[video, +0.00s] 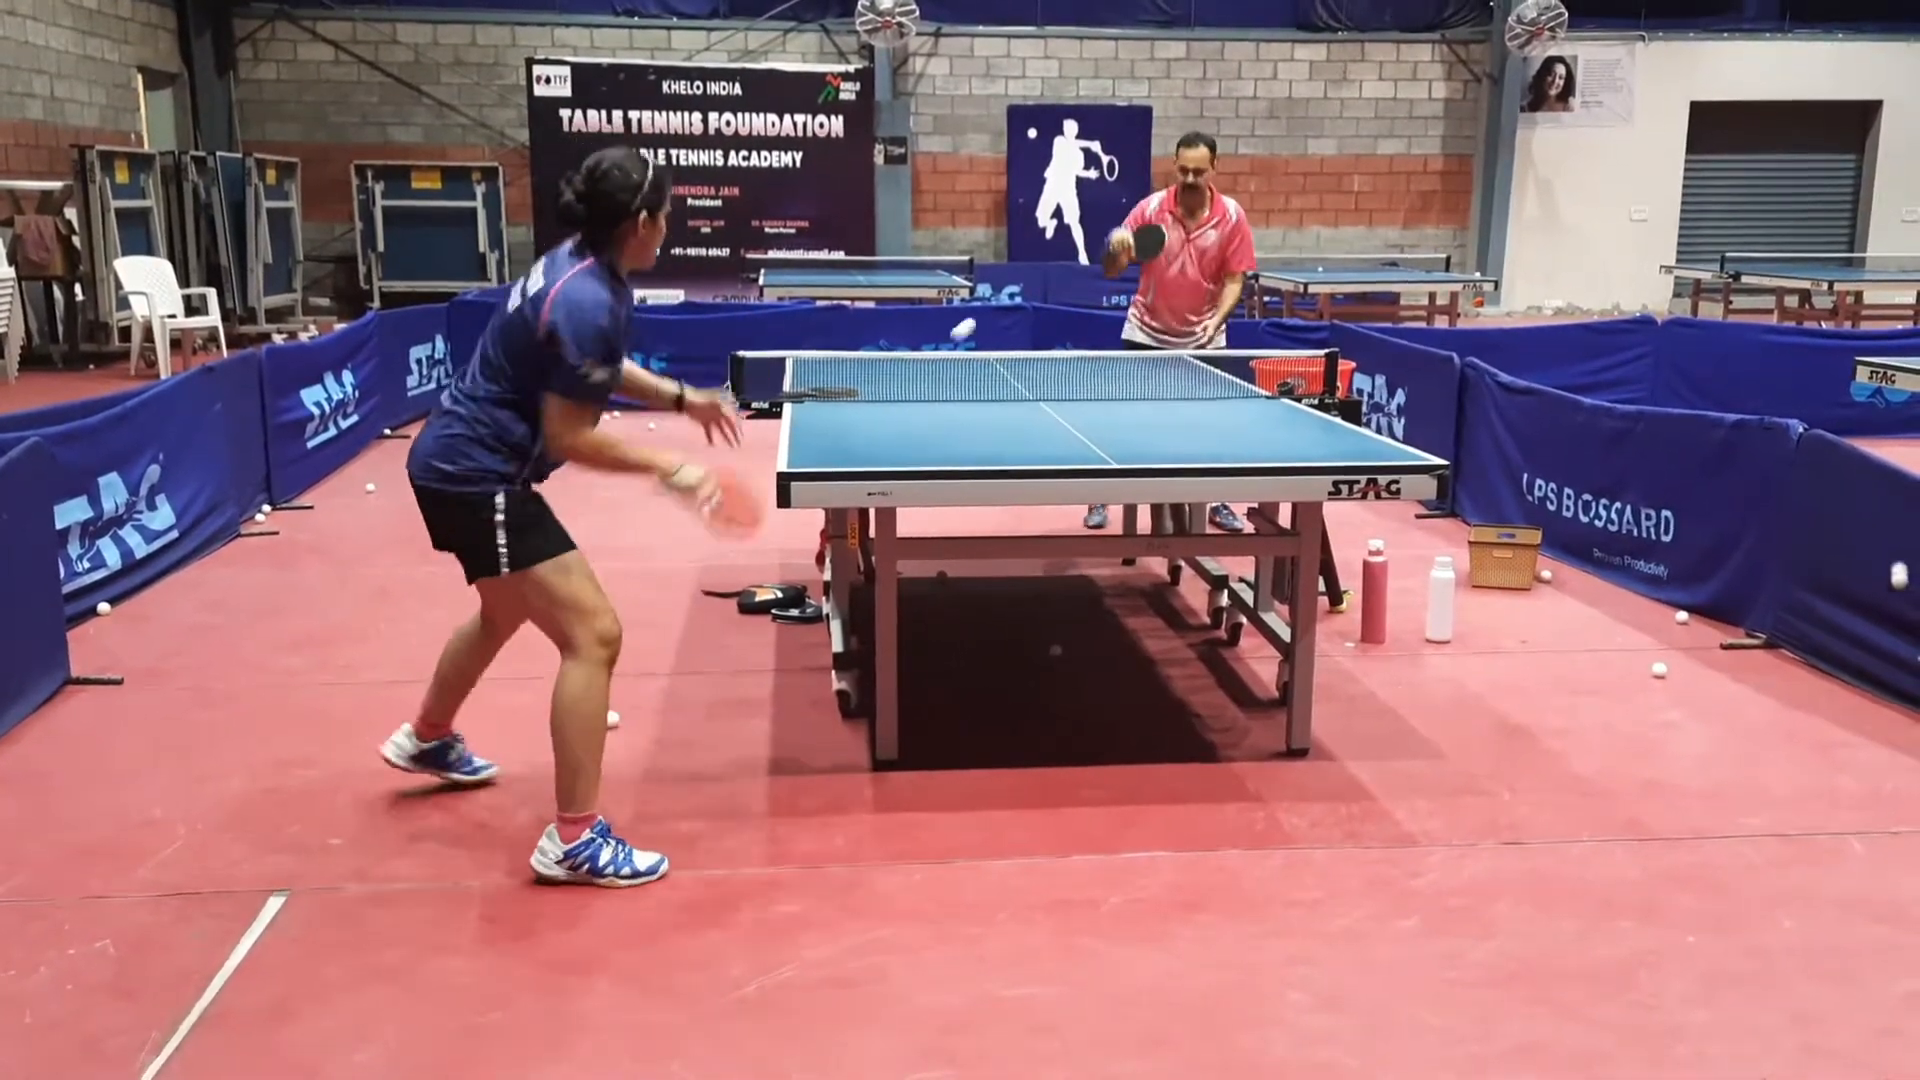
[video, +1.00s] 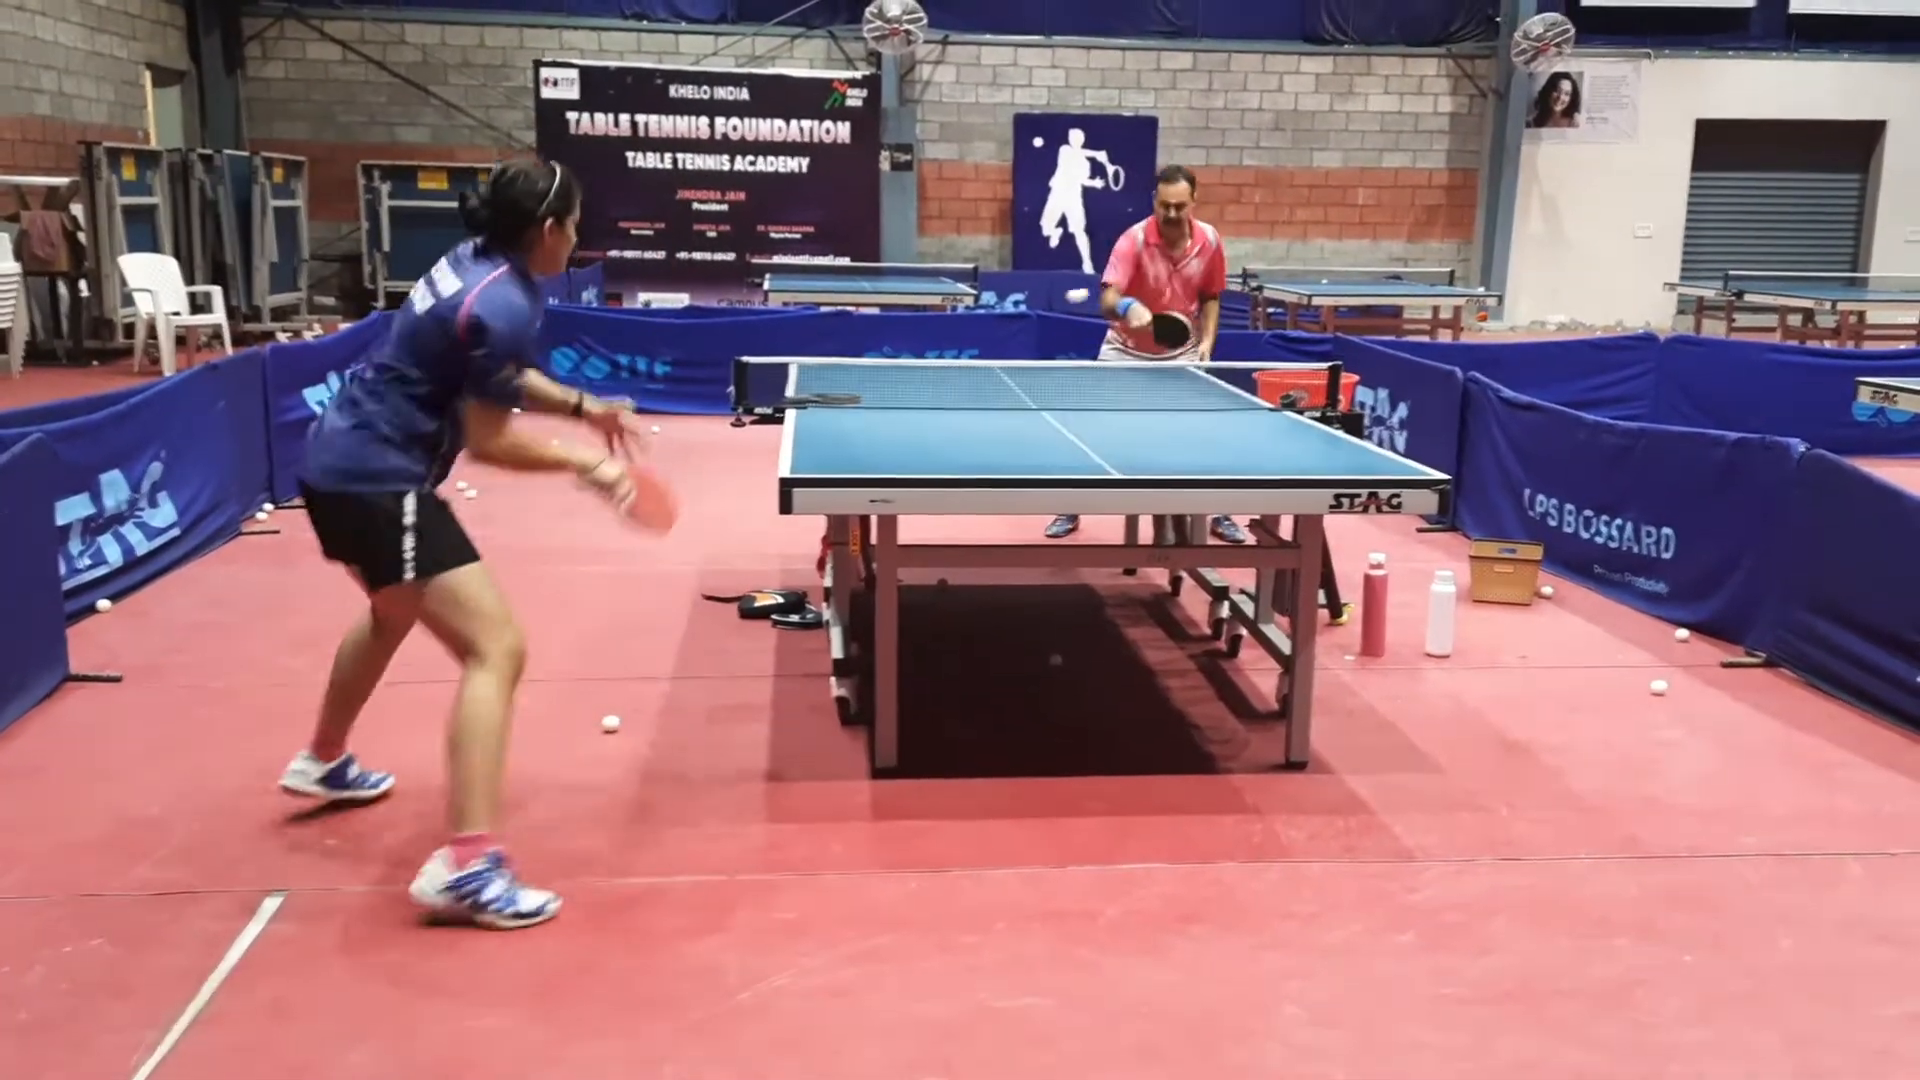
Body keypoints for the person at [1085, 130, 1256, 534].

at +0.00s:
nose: (1189, 179)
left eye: (1198, 172)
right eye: (1183, 171)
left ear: (1213, 171)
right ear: (1173, 168)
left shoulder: (1231, 216)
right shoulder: (1150, 208)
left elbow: (1235, 278)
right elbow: (1110, 270)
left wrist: (1215, 321)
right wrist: (1117, 247)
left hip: (1204, 337)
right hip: (1144, 333)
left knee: (1219, 418)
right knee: (1121, 412)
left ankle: (1216, 500)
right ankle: (1100, 498)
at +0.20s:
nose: (1173, 192)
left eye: (1181, 184)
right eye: (1166, 183)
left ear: (1196, 184)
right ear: (1156, 182)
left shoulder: (1218, 229)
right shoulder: (1137, 226)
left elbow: (1226, 291)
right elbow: (1118, 289)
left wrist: (1203, 326)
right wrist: (1127, 286)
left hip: (1196, 342)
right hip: (1135, 339)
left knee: (1212, 417)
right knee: (1099, 411)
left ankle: (1214, 501)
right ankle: (1068, 497)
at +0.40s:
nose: (1144, 200)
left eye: (1153, 193)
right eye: (1138, 192)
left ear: (1170, 193)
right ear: (1131, 193)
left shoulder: (1198, 235)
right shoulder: (1116, 237)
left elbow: (1214, 295)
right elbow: (1102, 295)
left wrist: (1187, 334)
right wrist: (1090, 301)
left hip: (1183, 346)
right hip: (1123, 342)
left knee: (1207, 419)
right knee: (1086, 414)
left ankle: (1214, 503)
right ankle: (1065, 501)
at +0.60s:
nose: (1138, 212)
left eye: (1146, 204)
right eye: (1131, 203)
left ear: (1163, 201)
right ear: (1123, 202)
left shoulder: (1190, 239)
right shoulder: (1108, 244)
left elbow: (1208, 300)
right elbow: (1091, 304)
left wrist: (1183, 341)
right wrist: (1082, 323)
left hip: (1182, 347)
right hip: (1125, 345)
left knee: (1205, 421)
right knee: (1084, 413)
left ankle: (1215, 506)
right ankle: (1066, 503)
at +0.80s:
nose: (1153, 227)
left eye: (1161, 219)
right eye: (1145, 219)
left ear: (1174, 210)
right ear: (1134, 211)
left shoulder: (1197, 242)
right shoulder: (1116, 248)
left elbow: (1206, 296)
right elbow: (1097, 313)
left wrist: (1198, 342)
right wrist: (1112, 316)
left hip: (1177, 350)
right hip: (1119, 349)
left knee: (1207, 419)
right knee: (1084, 415)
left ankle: (1218, 509)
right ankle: (1066, 505)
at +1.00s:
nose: (1172, 214)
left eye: (1180, 206)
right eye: (1165, 206)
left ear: (1193, 203)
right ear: (1154, 203)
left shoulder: (1208, 239)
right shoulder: (1133, 240)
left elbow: (1211, 297)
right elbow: (1107, 298)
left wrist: (1207, 343)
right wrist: (1127, 307)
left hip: (1183, 353)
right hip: (1125, 351)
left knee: (1205, 427)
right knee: (1090, 421)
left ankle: (1218, 512)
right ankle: (1068, 507)